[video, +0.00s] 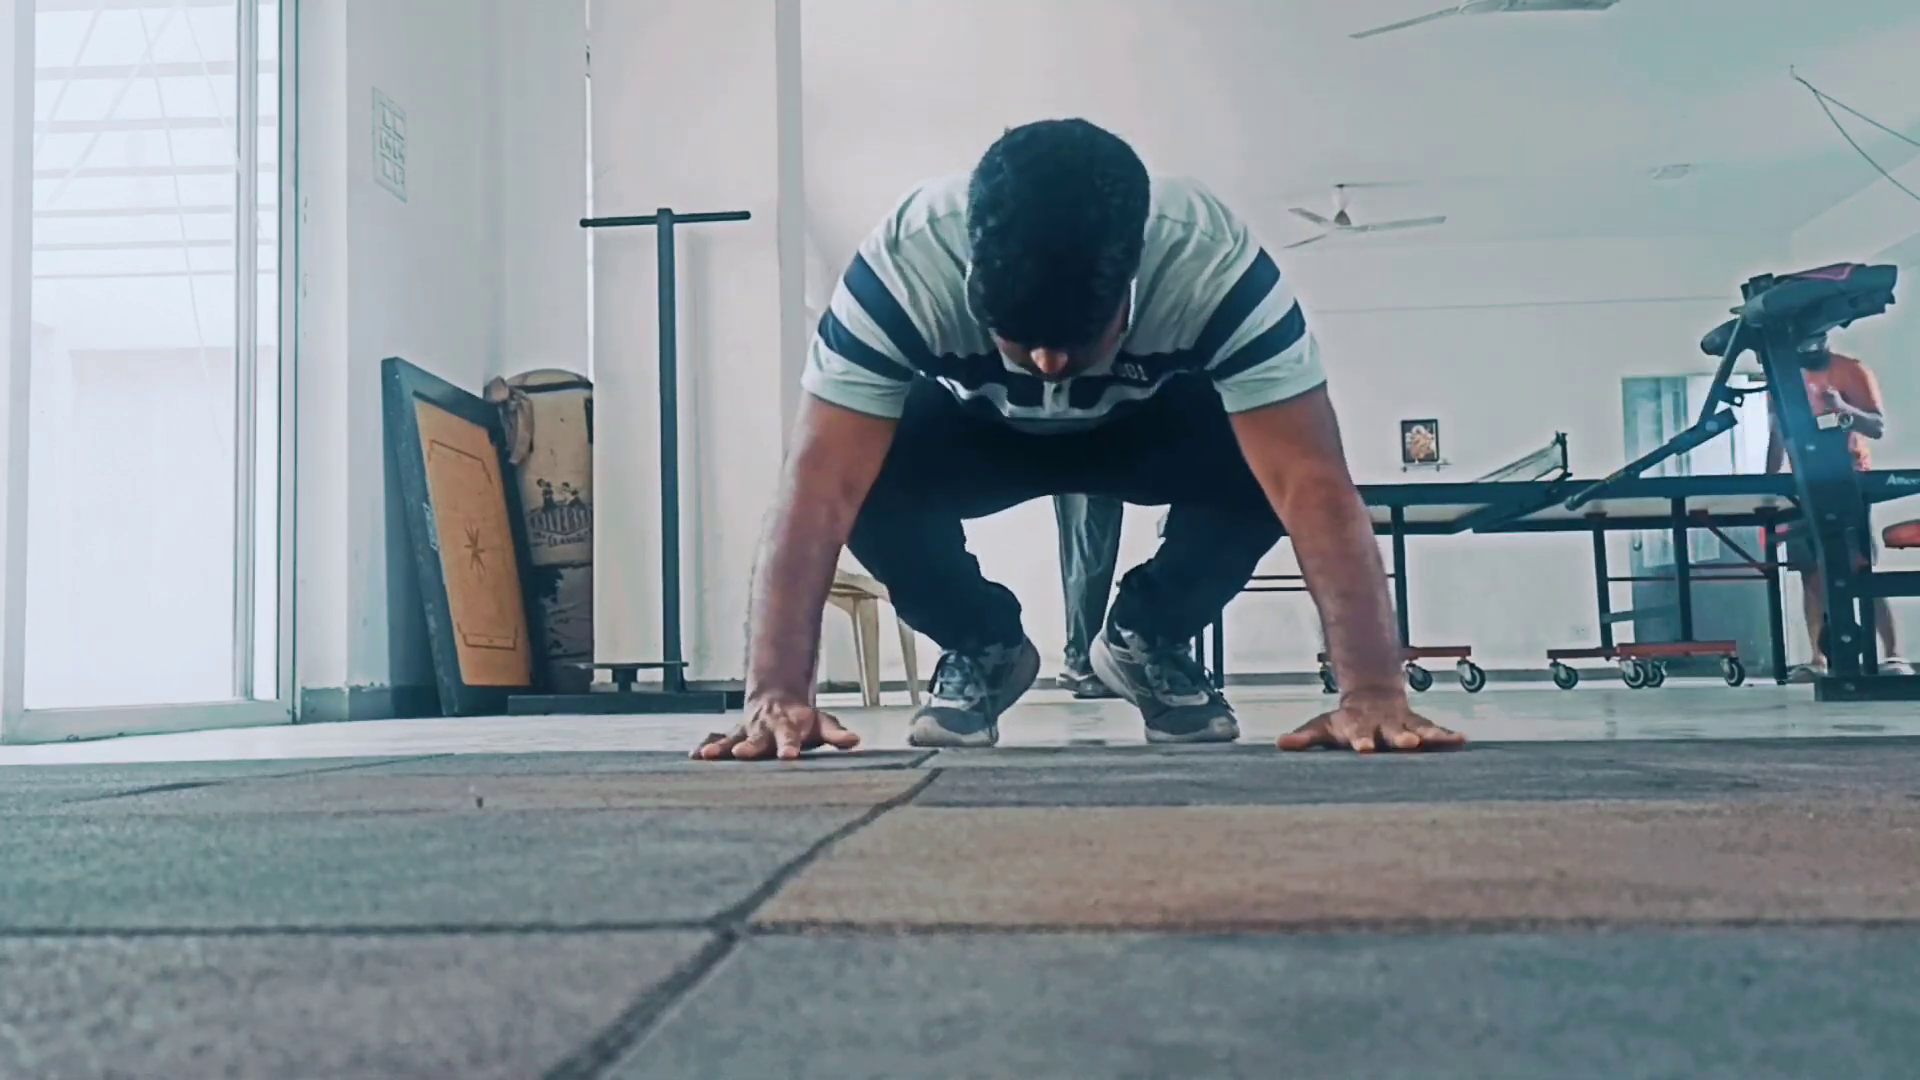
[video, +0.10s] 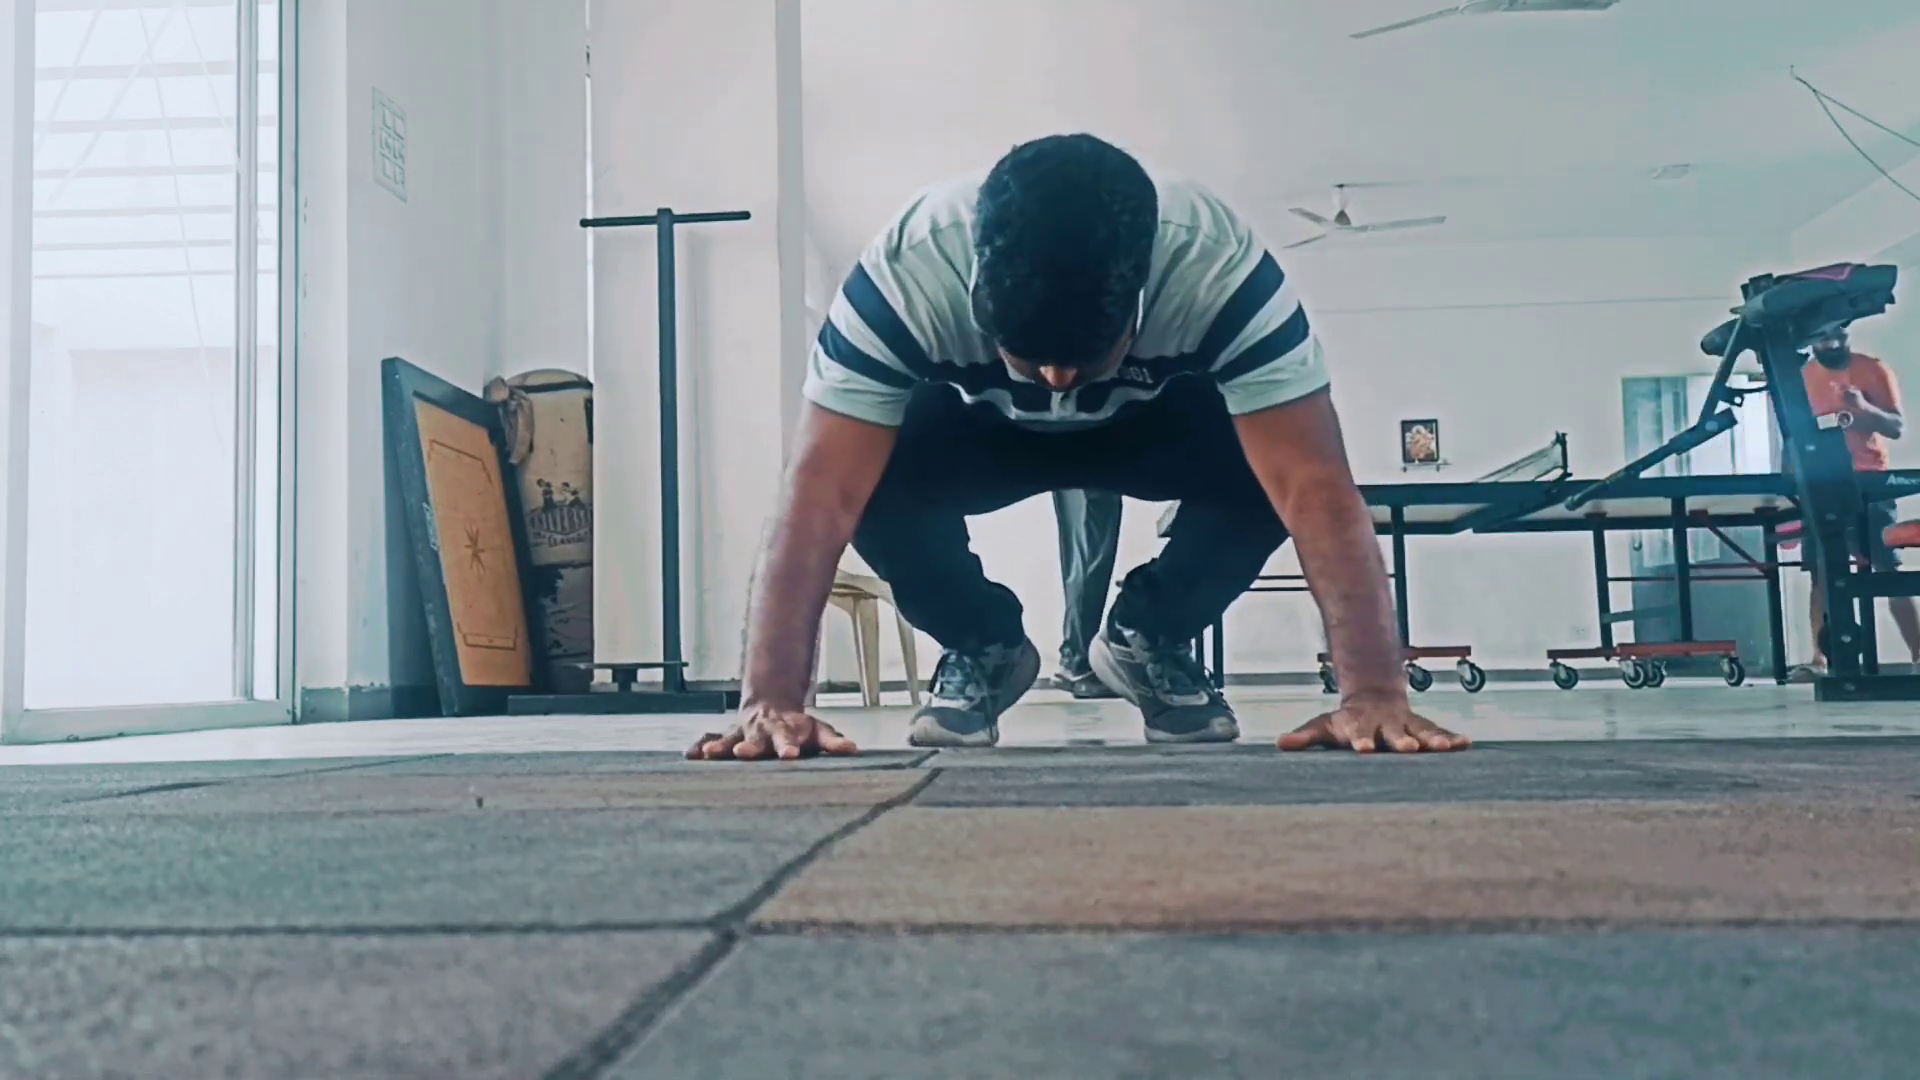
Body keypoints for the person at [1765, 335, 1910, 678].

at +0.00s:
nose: (1811, 346)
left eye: (1816, 337)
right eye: (1803, 340)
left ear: (1826, 335)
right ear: (1792, 344)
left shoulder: (1851, 370)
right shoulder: (1783, 381)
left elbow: (1877, 427)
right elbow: (1776, 440)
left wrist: (1844, 407)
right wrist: (1770, 489)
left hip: (1850, 484)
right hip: (1805, 488)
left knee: (1864, 574)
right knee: (1811, 577)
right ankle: (1819, 660)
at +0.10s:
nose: (1829, 343)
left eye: (1835, 334)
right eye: (1820, 336)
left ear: (1847, 332)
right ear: (1810, 341)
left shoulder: (1873, 370)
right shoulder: (1802, 378)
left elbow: (1895, 427)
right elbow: (1790, 432)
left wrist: (1863, 408)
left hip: (1869, 483)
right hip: (1821, 486)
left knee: (1891, 575)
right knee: (1822, 574)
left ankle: (1916, 655)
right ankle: (1821, 659)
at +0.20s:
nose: (1855, 341)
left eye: (1861, 333)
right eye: (1846, 335)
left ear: (1870, 332)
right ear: (1831, 337)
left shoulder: (1895, 370)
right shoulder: (1815, 377)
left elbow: (1916, 426)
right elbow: (1798, 431)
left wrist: (1890, 409)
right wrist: (1823, 430)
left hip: (1891, 481)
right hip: (1838, 485)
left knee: (1910, 574)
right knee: (1832, 573)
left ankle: (1918, 659)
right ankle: (1824, 658)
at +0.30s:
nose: (1872, 339)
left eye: (1878, 331)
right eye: (1863, 332)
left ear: (1889, 327)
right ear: (1848, 330)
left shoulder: (1911, 365)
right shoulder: (1830, 374)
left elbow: (1919, 421)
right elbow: (1819, 436)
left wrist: (1911, 407)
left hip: (1908, 479)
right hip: (1855, 484)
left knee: (1914, 574)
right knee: (1847, 571)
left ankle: (1919, 660)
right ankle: (1842, 658)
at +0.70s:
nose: (1905, 329)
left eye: (1911, 321)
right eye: (1897, 322)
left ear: (1919, 321)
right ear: (1881, 321)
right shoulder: (1860, 364)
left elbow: (1843, 428)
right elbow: (1843, 427)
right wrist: (1840, 480)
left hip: (1916, 478)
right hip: (1882, 481)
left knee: (1906, 572)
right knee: (1900, 573)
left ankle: (1915, 653)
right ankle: (1914, 654)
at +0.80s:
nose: (1906, 326)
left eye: (1912, 318)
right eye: (1898, 318)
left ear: (1919, 318)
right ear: (1881, 318)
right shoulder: (1861, 362)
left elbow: (1845, 425)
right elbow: (1845, 424)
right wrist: (1842, 479)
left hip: (1911, 476)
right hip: (1886, 477)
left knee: (1906, 569)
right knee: (1902, 568)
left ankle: (1915, 655)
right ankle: (1914, 655)